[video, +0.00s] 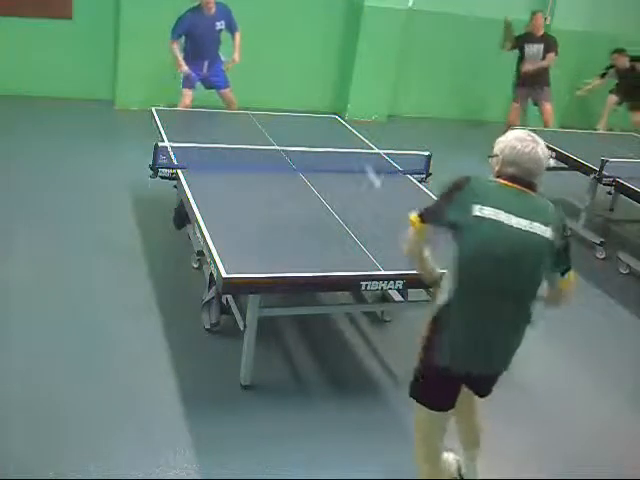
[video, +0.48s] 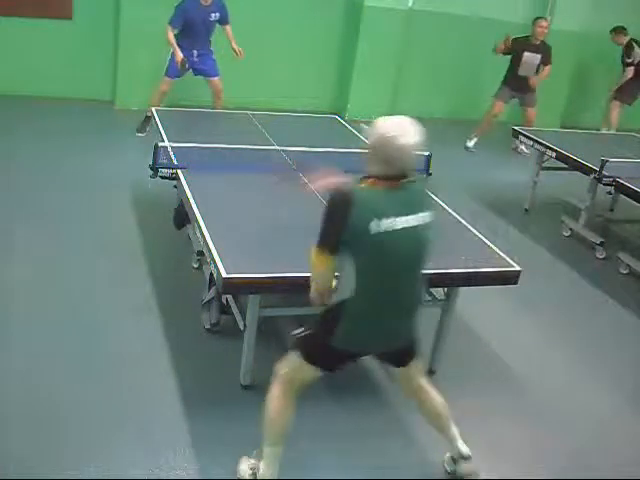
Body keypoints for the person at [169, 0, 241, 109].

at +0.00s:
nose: (210, 3)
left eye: (212, 1)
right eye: (206, 1)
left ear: (215, 1)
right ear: (201, 2)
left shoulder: (223, 11)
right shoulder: (189, 16)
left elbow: (235, 31)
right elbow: (174, 41)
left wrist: (236, 54)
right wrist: (181, 64)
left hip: (214, 63)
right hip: (192, 64)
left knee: (230, 100)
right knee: (186, 102)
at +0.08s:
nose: (214, 2)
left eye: (216, 1)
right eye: (212, 1)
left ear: (219, 1)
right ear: (206, 1)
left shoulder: (228, 11)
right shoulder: (193, 13)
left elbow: (240, 31)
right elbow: (176, 36)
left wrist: (238, 52)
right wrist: (180, 58)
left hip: (216, 61)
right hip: (193, 61)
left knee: (230, 100)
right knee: (182, 99)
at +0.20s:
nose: (217, 2)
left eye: (220, 2)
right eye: (214, 2)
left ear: (223, 1)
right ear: (210, 1)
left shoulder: (231, 11)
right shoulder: (198, 10)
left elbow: (243, 34)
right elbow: (178, 31)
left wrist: (240, 52)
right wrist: (181, 53)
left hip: (217, 61)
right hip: (194, 59)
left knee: (229, 94)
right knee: (181, 91)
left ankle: (236, 122)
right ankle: (162, 115)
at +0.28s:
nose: (217, 1)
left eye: (219, 0)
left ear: (222, 0)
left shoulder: (230, 10)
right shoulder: (198, 8)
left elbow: (240, 31)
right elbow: (179, 30)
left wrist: (240, 51)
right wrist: (181, 52)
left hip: (216, 59)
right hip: (193, 57)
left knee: (228, 95)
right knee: (177, 91)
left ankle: (234, 125)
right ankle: (155, 117)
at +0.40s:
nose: (212, 1)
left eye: (214, 0)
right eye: (210, 0)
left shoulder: (223, 6)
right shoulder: (190, 6)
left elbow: (229, 27)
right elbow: (173, 30)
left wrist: (236, 45)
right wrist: (179, 50)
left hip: (207, 53)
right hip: (186, 52)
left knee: (220, 89)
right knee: (167, 90)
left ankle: (221, 122)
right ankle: (148, 117)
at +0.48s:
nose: (207, 0)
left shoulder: (219, 6)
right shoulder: (186, 5)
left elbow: (226, 25)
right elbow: (169, 30)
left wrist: (233, 44)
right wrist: (177, 52)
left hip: (204, 52)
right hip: (182, 51)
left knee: (218, 88)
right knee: (164, 89)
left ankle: (217, 121)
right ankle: (148, 117)